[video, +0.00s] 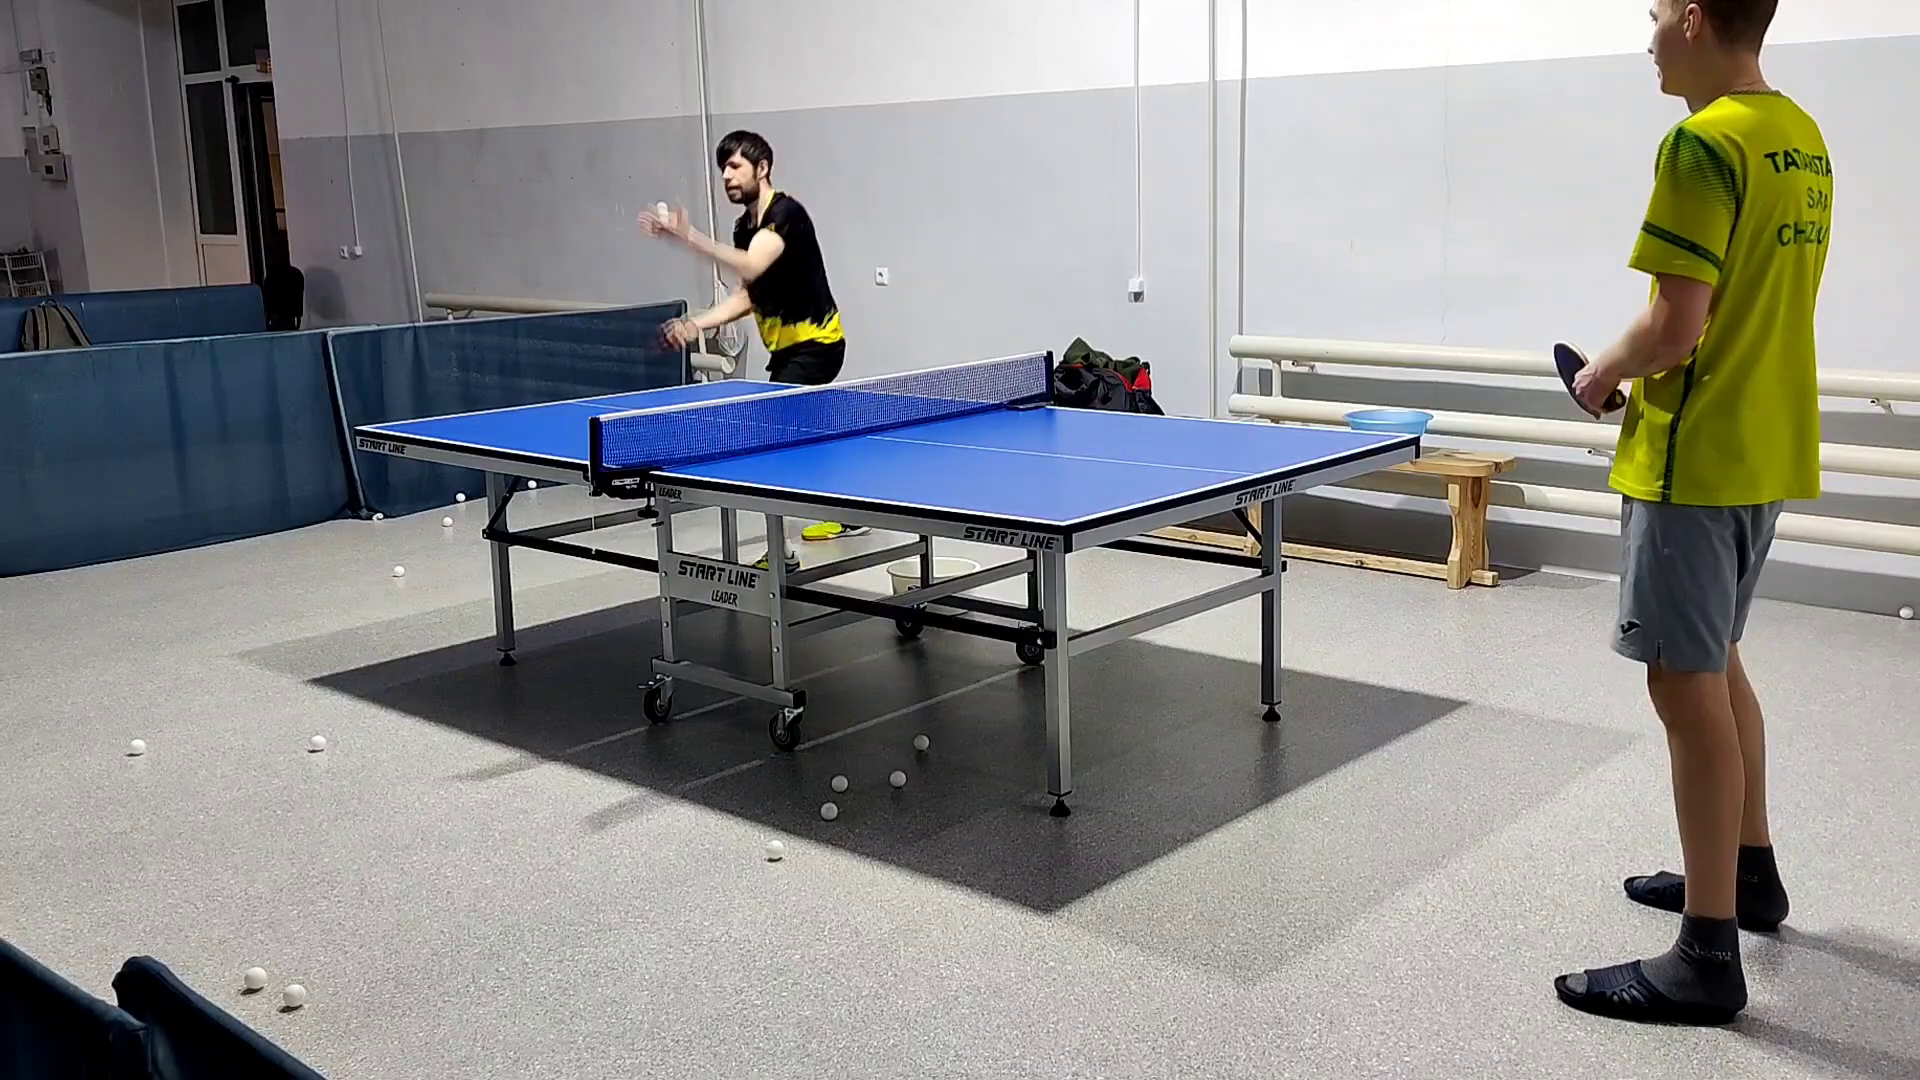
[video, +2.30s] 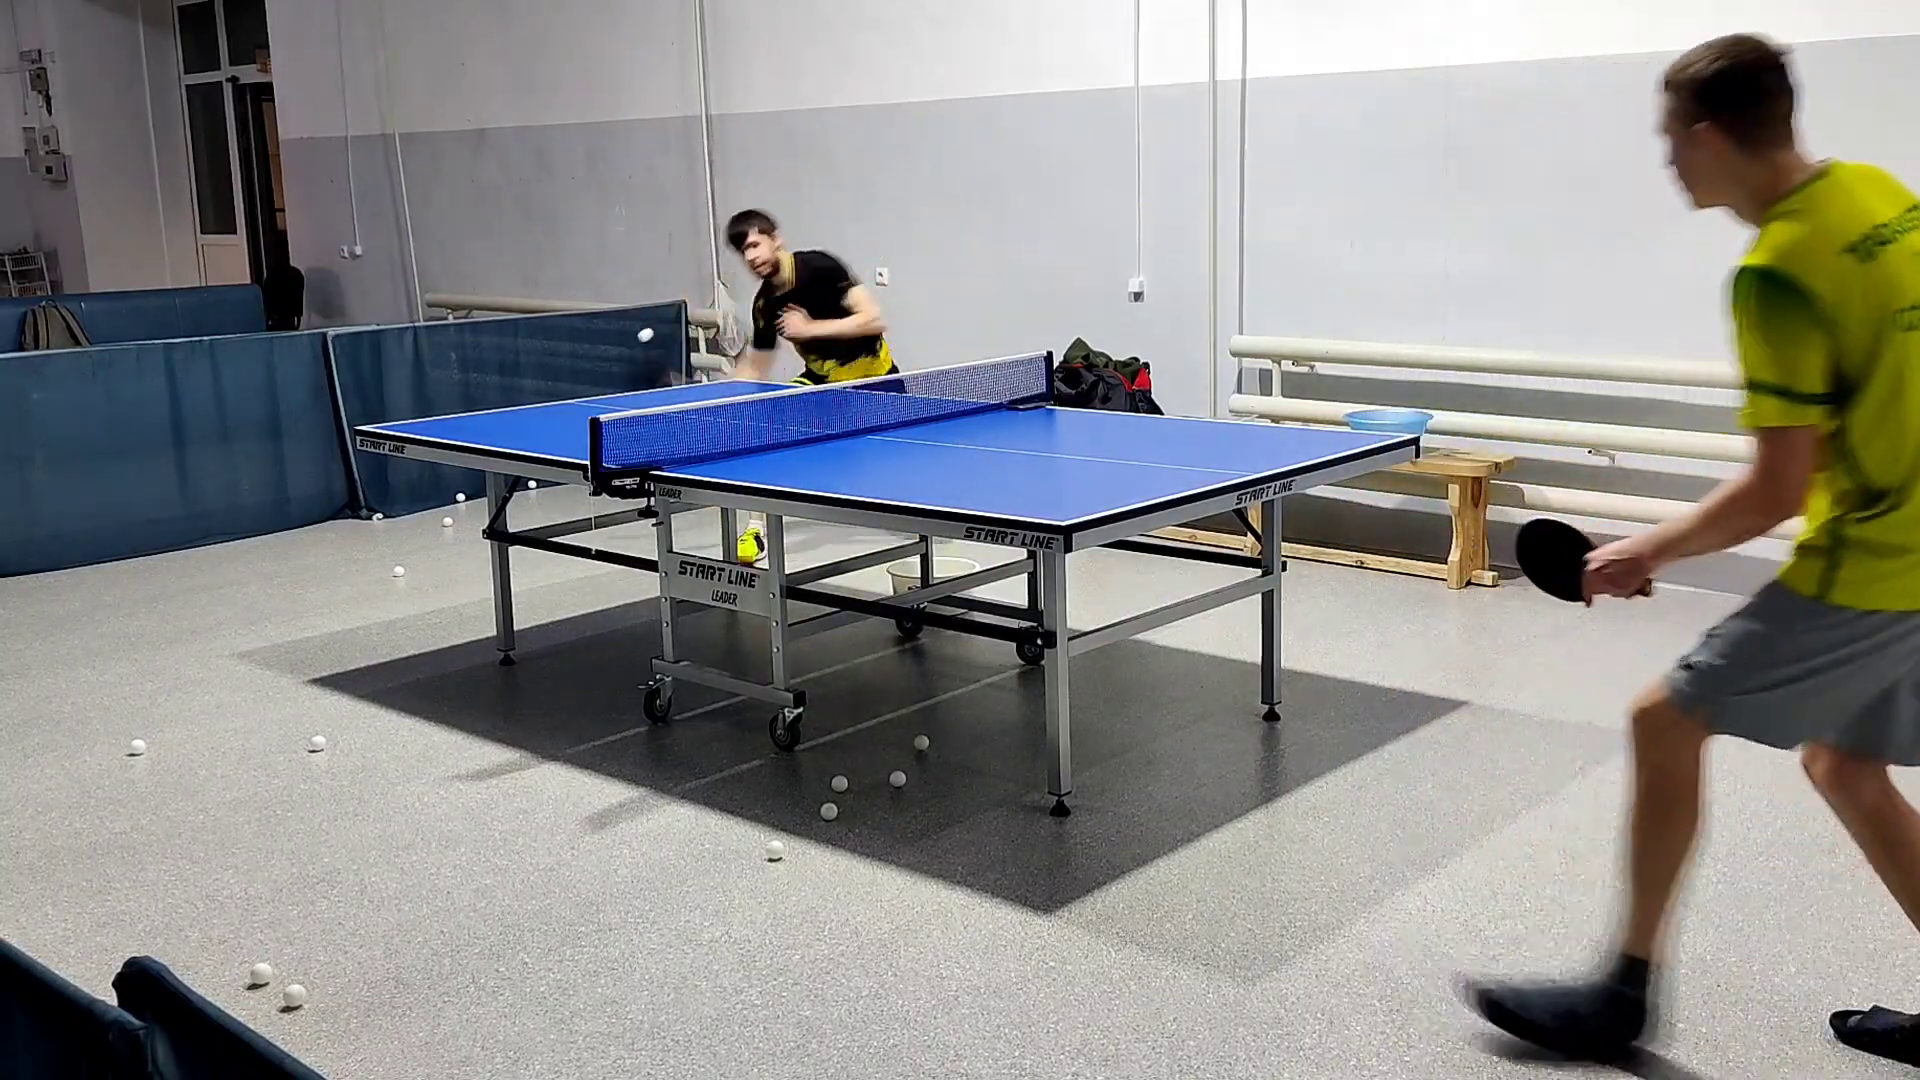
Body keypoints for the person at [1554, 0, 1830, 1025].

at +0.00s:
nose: (1651, 38)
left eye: (1656, 19)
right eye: (1655, 20)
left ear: (1691, 20)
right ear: (1749, 26)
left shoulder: (1702, 142)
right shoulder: (1801, 135)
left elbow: (1675, 329)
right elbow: (1774, 303)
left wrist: (1606, 370)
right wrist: (1644, 362)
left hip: (1696, 462)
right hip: (1762, 453)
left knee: (1685, 691)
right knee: (1713, 666)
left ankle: (1706, 960)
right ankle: (1747, 868)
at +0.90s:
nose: (1559, 113)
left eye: (1559, 93)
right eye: (1555, 94)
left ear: (1597, 83)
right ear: (1645, 73)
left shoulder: (1671, 195)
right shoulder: (1724, 148)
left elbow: (1669, 395)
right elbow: (1730, 345)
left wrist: (1544, 470)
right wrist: (1591, 450)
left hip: (1695, 480)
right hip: (1757, 466)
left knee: (1568, 666)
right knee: (1676, 652)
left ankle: (1602, 941)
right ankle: (1750, 877)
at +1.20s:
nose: (1463, 162)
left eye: (1467, 139)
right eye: (1456, 141)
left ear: (1517, 120)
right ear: (1528, 119)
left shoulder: (1624, 220)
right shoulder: (1584, 198)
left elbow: (1625, 418)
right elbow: (1613, 387)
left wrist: (1491, 489)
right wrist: (1512, 480)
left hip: (1641, 504)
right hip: (1655, 492)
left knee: (1510, 685)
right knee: (1650, 674)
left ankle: (1515, 954)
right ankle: (1746, 878)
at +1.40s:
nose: (1356, 228)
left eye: (1359, 206)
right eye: (1349, 208)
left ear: (1414, 186)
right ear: (1426, 182)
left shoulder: (1509, 273)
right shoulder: (1537, 210)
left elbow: (1476, 468)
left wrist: (1328, 518)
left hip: (1604, 517)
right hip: (1667, 489)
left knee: (1439, 696)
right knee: (1631, 680)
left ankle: (1509, 956)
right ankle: (1741, 876)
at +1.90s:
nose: (1405, 219)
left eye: (1405, 199)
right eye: (1400, 200)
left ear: (1438, 190)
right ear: (1492, 169)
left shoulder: (1473, 313)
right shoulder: (1613, 206)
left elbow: (1476, 482)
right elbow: (1650, 354)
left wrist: (1438, 474)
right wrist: (1525, 429)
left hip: (1648, 541)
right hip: (1766, 512)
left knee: (1471, 694)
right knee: (1725, 710)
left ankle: (1509, 955)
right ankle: (1890, 935)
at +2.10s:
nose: (1545, 190)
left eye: (1548, 167)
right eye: (1542, 168)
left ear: (1585, 157)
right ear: (1639, 144)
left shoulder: (1625, 287)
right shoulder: (1754, 201)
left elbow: (1628, 492)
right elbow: (1806, 373)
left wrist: (1558, 535)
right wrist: (1664, 470)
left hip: (1751, 559)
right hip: (1864, 536)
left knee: (1555, 703)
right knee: (1797, 758)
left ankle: (1519, 957)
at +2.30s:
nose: (1672, 168)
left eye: (1678, 145)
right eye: (1670, 147)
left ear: (1727, 135)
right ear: (1766, 127)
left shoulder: (1778, 270)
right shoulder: (1878, 192)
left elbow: (1777, 487)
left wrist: (1644, 550)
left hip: (1868, 569)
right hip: (1919, 557)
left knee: (1667, 721)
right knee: (1847, 766)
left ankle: (1624, 995)